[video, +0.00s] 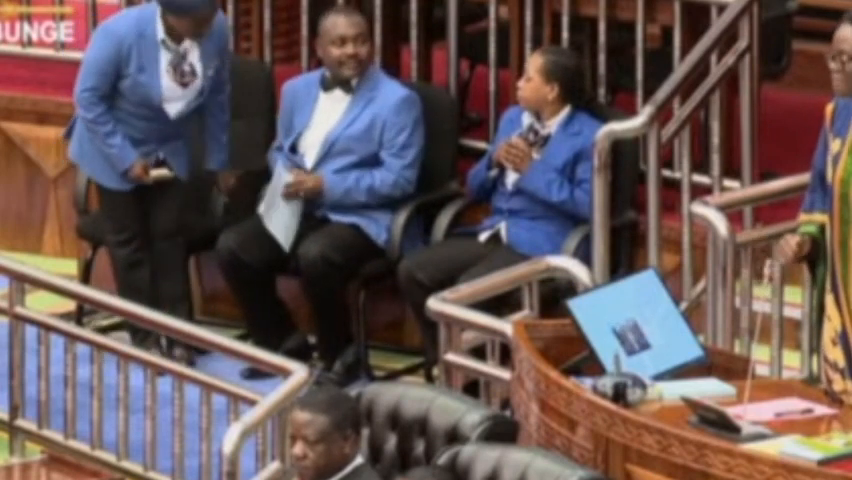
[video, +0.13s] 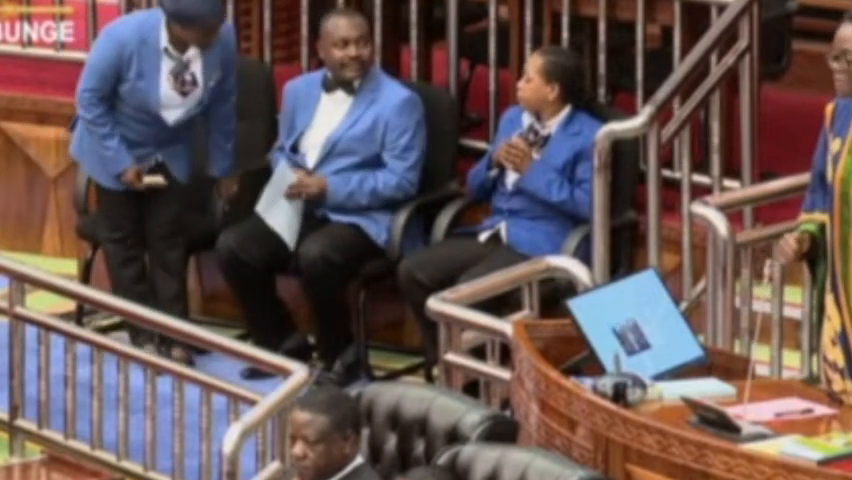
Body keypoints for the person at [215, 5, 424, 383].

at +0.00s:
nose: (351, 51)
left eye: (360, 42)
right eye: (339, 43)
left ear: (372, 45)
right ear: (319, 48)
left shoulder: (397, 101)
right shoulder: (296, 91)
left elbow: (400, 181)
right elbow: (278, 151)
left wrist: (324, 186)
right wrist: (291, 179)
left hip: (363, 219)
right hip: (299, 214)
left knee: (316, 256)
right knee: (235, 249)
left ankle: (339, 357)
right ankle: (281, 345)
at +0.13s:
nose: (353, 53)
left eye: (362, 43)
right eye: (342, 45)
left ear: (373, 46)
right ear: (321, 49)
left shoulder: (399, 103)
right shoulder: (298, 91)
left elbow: (402, 182)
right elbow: (280, 151)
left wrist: (328, 188)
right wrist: (294, 177)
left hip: (364, 219)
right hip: (300, 212)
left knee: (317, 256)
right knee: (235, 249)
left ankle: (339, 357)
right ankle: (281, 344)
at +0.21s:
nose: (353, 53)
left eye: (362, 43)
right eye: (342, 45)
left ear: (373, 46)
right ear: (321, 49)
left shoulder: (399, 103)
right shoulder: (298, 91)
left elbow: (402, 182)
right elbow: (280, 151)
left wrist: (328, 188)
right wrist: (294, 177)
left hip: (364, 219)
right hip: (300, 212)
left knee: (317, 256)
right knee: (235, 249)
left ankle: (339, 357)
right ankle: (281, 344)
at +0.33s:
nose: (358, 54)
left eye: (367, 44)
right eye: (347, 45)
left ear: (377, 46)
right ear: (326, 49)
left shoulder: (403, 104)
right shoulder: (302, 90)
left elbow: (405, 182)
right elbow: (282, 149)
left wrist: (331, 187)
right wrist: (295, 175)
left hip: (365, 218)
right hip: (300, 211)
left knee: (317, 257)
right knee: (236, 249)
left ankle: (339, 357)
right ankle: (282, 344)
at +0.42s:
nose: (361, 53)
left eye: (369, 43)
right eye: (349, 45)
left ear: (380, 46)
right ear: (329, 49)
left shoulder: (405, 104)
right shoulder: (303, 90)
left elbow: (407, 182)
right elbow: (284, 148)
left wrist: (332, 188)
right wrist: (293, 171)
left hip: (365, 219)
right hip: (300, 211)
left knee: (317, 258)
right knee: (236, 249)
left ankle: (339, 358)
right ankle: (282, 344)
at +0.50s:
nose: (363, 53)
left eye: (370, 43)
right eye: (352, 45)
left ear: (381, 47)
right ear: (331, 50)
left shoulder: (406, 103)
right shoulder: (305, 90)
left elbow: (408, 182)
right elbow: (285, 148)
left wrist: (334, 187)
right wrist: (296, 172)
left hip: (365, 219)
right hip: (300, 210)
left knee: (317, 258)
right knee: (236, 249)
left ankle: (339, 358)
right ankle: (282, 344)